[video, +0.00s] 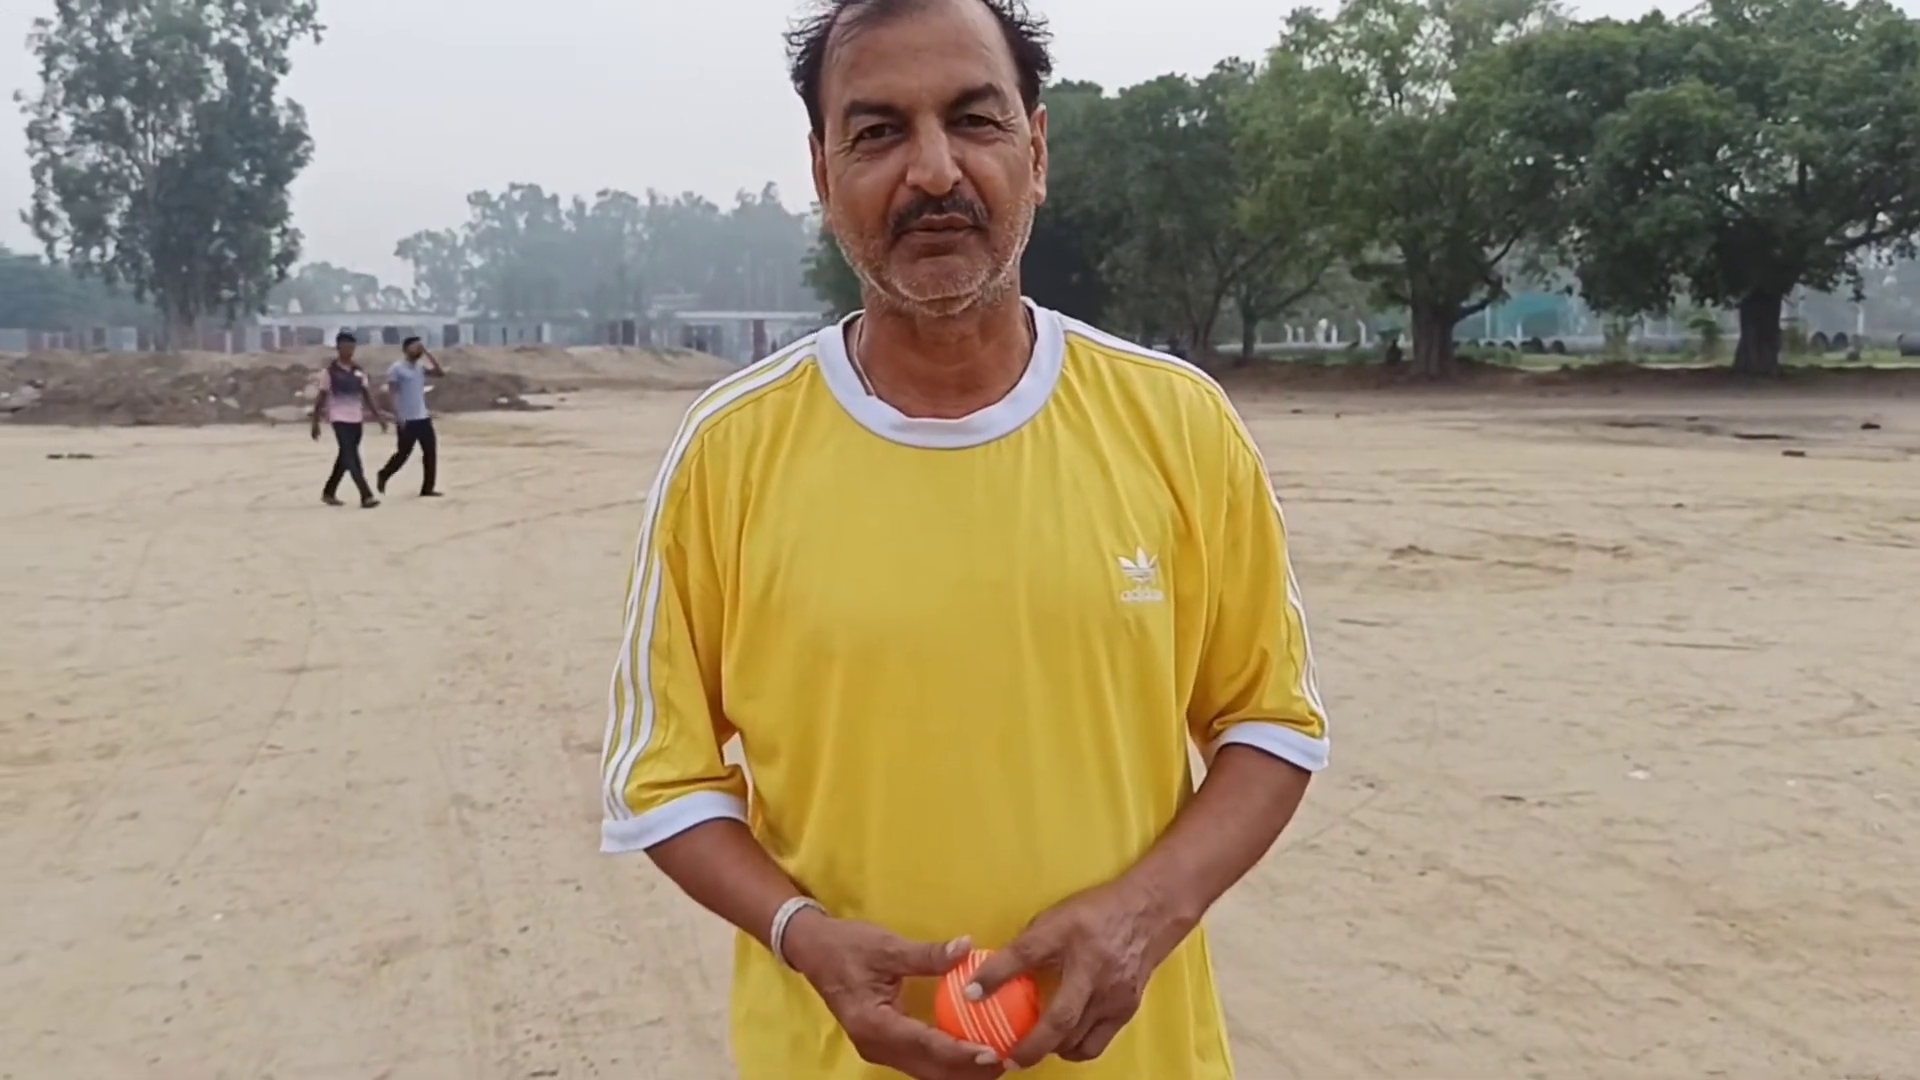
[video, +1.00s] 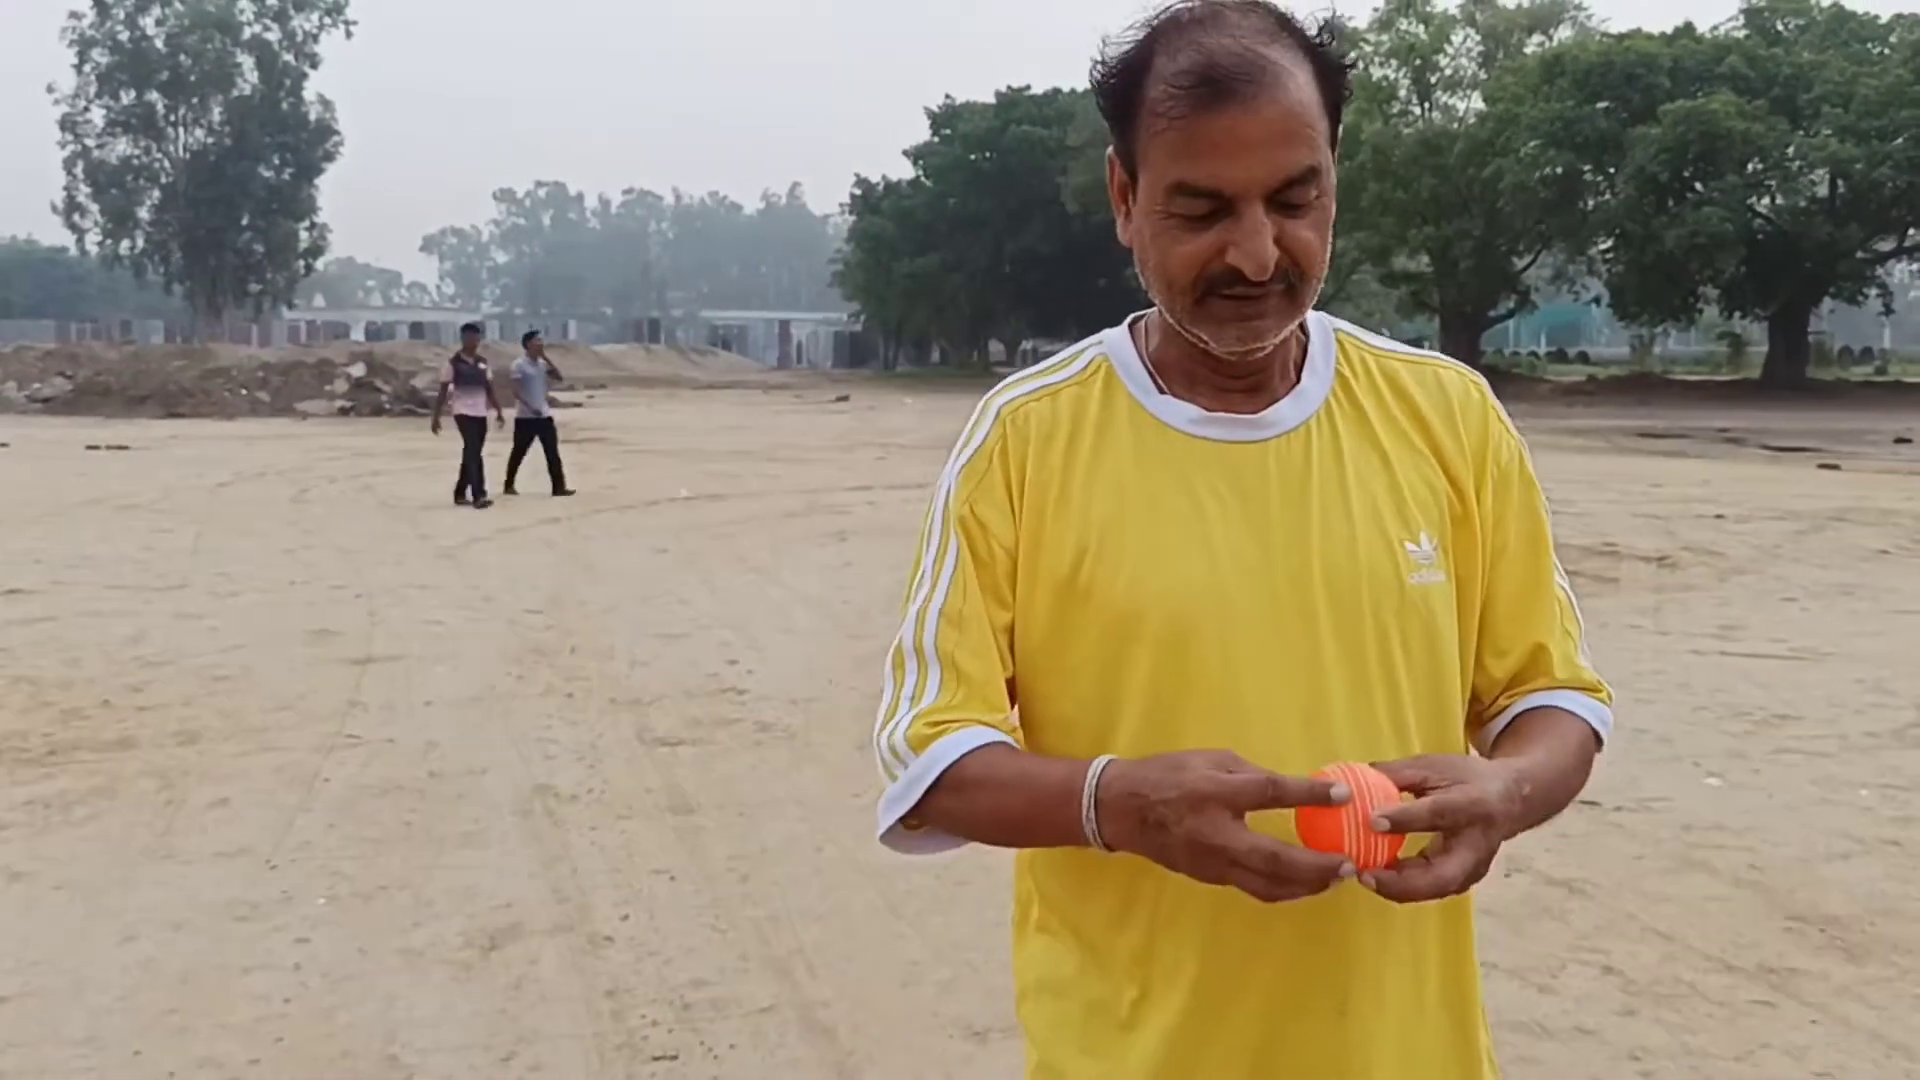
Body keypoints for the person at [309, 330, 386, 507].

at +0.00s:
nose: (348, 351)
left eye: (351, 348)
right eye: (344, 347)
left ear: (354, 348)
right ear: (338, 348)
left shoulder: (359, 372)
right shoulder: (329, 372)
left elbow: (367, 397)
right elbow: (321, 398)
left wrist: (379, 416)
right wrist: (315, 423)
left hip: (356, 420)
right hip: (339, 419)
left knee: (344, 458)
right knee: (351, 458)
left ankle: (329, 491)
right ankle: (366, 495)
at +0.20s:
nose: (382, 349)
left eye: (384, 345)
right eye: (378, 345)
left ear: (389, 346)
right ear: (372, 346)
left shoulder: (394, 368)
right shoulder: (367, 370)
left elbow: (401, 394)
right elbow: (364, 398)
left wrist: (410, 414)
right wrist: (367, 423)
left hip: (396, 418)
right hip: (379, 418)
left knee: (402, 452)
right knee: (385, 456)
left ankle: (377, 478)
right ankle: (390, 494)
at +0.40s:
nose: (405, 347)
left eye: (408, 343)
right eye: (402, 343)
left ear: (411, 344)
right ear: (395, 344)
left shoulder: (417, 367)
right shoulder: (390, 369)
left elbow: (423, 394)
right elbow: (392, 396)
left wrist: (429, 414)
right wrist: (409, 415)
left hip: (420, 418)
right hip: (400, 419)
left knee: (429, 458)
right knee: (399, 460)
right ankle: (399, 496)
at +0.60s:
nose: (430, 348)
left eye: (433, 344)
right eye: (427, 344)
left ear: (436, 345)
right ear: (420, 345)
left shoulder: (441, 368)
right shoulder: (415, 369)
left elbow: (445, 393)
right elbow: (415, 397)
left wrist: (450, 413)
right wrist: (435, 414)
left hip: (444, 420)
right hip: (425, 420)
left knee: (449, 460)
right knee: (417, 459)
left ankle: (452, 496)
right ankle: (407, 493)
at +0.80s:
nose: (456, 344)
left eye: (459, 340)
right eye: (452, 340)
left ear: (462, 342)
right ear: (445, 341)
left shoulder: (465, 365)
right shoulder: (437, 365)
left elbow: (471, 392)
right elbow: (435, 394)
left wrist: (476, 416)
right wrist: (437, 419)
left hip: (468, 415)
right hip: (449, 415)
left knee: (467, 459)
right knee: (454, 455)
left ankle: (460, 496)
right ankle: (435, 483)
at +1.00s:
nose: (474, 343)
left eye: (477, 339)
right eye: (471, 339)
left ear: (480, 340)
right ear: (463, 340)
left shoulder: (483, 363)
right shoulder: (452, 363)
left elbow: (489, 388)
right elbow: (443, 390)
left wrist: (498, 410)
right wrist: (436, 416)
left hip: (481, 412)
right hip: (463, 411)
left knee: (472, 452)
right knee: (473, 452)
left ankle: (460, 490)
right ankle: (478, 494)